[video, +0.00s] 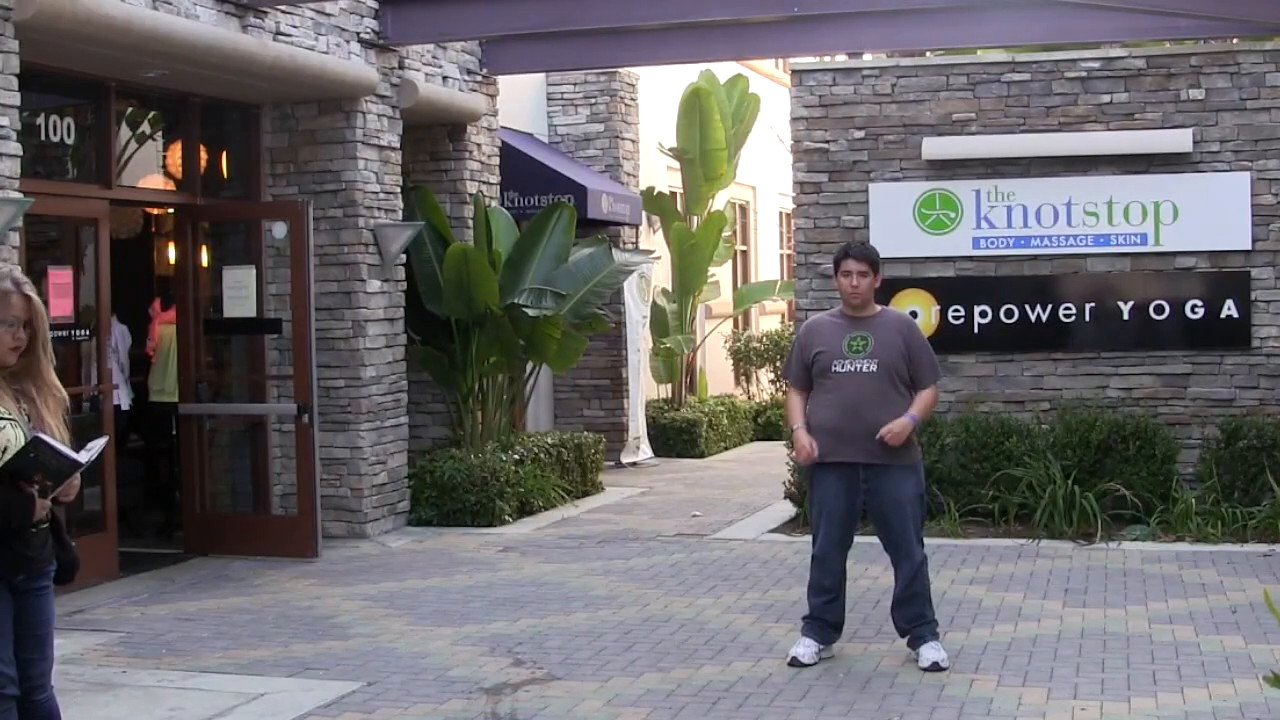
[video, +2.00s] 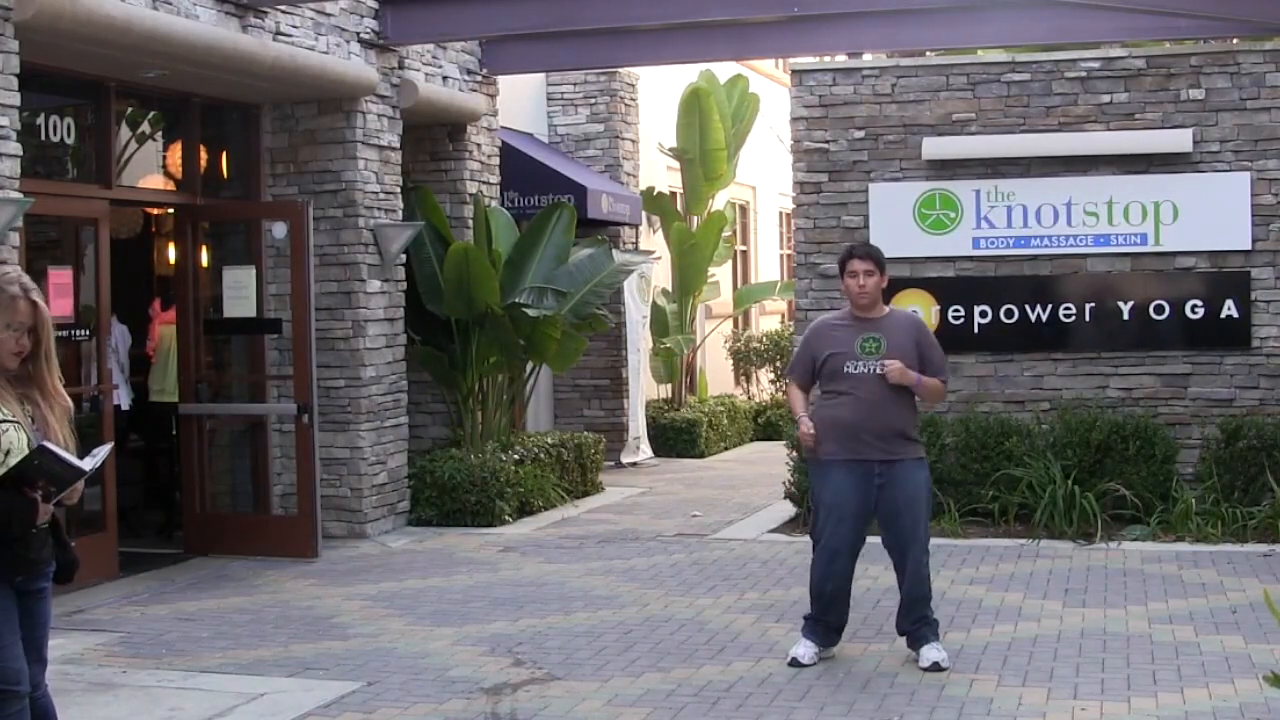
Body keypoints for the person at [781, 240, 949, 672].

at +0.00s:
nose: (853, 282)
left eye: (861, 275)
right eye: (846, 274)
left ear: (876, 279)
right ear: (835, 280)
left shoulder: (902, 327)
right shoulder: (812, 331)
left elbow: (928, 387)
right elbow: (797, 387)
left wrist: (910, 420)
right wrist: (799, 430)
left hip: (894, 462)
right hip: (831, 463)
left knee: (909, 553)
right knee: (826, 551)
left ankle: (923, 636)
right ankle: (817, 634)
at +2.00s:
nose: (860, 283)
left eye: (868, 274)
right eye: (852, 275)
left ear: (883, 279)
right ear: (842, 283)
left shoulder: (911, 326)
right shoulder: (821, 331)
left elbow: (938, 392)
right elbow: (796, 383)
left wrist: (909, 378)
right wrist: (802, 416)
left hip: (902, 459)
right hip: (837, 461)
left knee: (913, 551)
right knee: (832, 552)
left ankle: (924, 637)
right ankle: (817, 635)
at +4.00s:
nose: (854, 283)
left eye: (862, 276)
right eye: (846, 276)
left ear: (877, 282)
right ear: (835, 282)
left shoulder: (902, 331)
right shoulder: (812, 332)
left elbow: (925, 388)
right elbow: (794, 383)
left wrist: (919, 420)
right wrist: (791, 417)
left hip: (888, 457)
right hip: (824, 457)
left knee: (901, 545)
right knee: (820, 548)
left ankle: (921, 637)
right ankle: (817, 634)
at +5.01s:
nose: (857, 279)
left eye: (865, 270)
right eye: (849, 271)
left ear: (880, 277)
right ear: (839, 277)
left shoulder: (900, 324)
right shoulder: (817, 328)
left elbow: (915, 383)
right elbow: (797, 392)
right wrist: (797, 448)